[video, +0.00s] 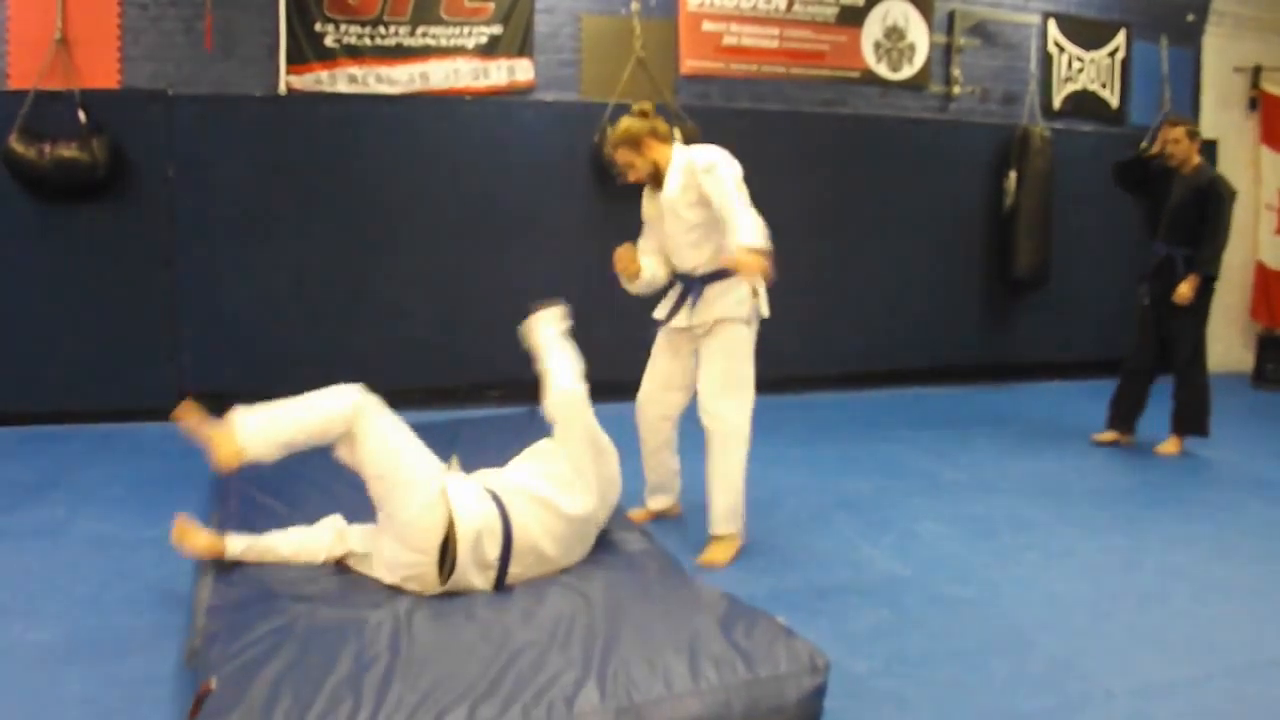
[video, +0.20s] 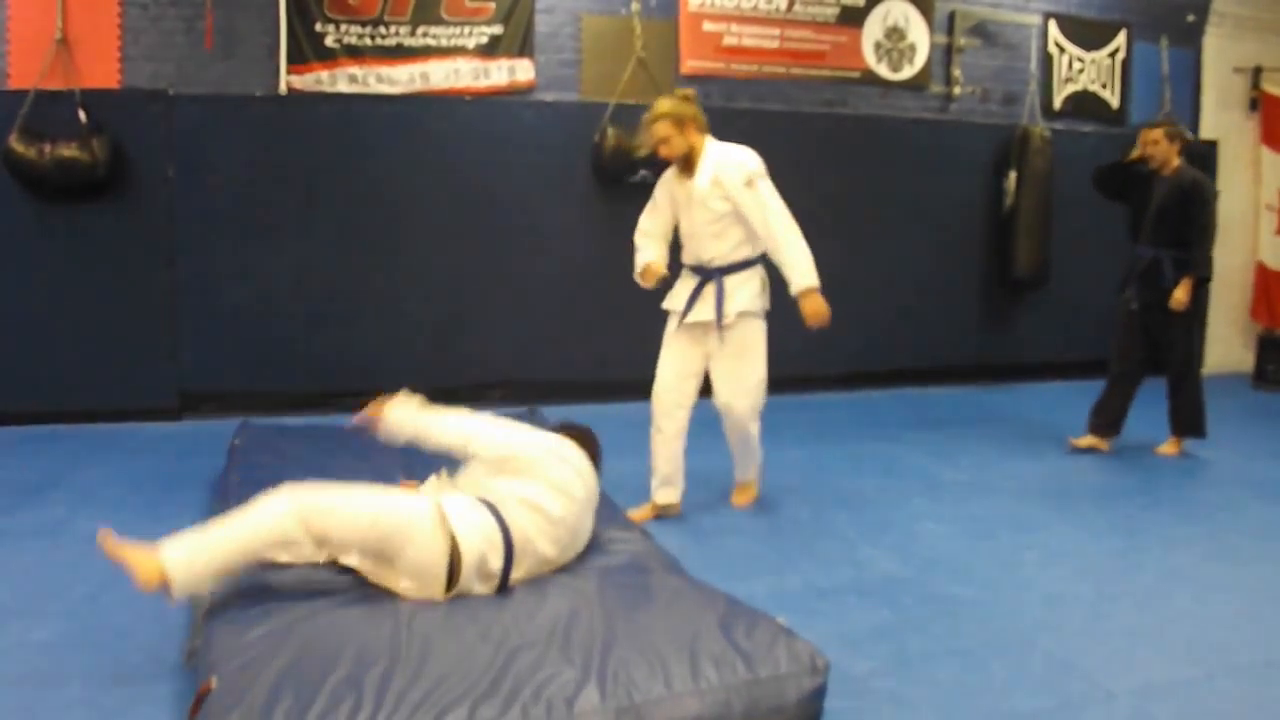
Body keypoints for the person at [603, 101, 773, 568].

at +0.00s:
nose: (628, 176)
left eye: (628, 164)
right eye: (621, 169)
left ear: (650, 143)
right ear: (633, 156)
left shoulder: (708, 162)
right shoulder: (653, 194)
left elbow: (738, 206)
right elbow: (657, 269)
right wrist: (634, 272)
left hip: (727, 293)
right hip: (681, 302)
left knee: (723, 410)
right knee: (654, 405)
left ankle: (726, 531)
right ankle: (662, 499)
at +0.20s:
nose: (661, 151)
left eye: (665, 140)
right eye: (656, 144)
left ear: (691, 129)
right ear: (659, 143)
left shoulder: (736, 164)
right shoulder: (671, 181)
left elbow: (777, 224)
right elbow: (651, 230)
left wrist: (806, 288)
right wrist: (650, 262)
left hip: (740, 290)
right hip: (690, 290)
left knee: (737, 402)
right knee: (667, 399)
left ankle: (746, 479)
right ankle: (665, 496)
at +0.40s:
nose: (714, 143)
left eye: (721, 133)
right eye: (709, 135)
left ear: (745, 129)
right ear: (707, 135)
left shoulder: (779, 172)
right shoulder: (706, 174)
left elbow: (793, 241)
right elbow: (683, 227)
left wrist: (785, 306)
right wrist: (684, 276)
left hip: (765, 283)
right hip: (716, 280)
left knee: (750, 388)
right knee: (689, 379)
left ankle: (747, 473)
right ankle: (667, 476)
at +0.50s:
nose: (739, 134)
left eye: (747, 126)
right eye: (734, 126)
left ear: (767, 123)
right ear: (728, 126)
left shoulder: (794, 167)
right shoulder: (719, 166)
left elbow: (803, 235)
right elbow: (706, 229)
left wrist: (791, 295)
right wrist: (704, 280)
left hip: (772, 275)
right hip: (723, 273)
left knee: (757, 379)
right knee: (700, 364)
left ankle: (747, 471)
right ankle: (705, 451)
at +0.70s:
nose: (779, 139)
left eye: (787, 132)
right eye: (773, 131)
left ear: (799, 135)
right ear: (762, 132)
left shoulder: (814, 175)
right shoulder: (742, 172)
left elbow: (826, 235)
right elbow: (725, 231)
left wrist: (818, 289)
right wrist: (728, 286)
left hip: (792, 277)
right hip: (746, 275)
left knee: (777, 375)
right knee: (741, 371)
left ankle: (754, 464)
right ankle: (768, 436)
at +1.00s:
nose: (824, 134)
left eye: (831, 128)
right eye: (819, 125)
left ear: (837, 131)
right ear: (803, 125)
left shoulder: (843, 169)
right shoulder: (775, 166)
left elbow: (852, 228)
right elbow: (761, 225)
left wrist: (849, 283)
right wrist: (761, 280)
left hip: (827, 268)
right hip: (784, 266)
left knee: (824, 356)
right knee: (781, 356)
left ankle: (815, 437)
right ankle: (777, 434)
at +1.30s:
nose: (878, 146)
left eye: (883, 140)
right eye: (872, 138)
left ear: (888, 145)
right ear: (854, 137)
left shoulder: (889, 181)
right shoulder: (825, 177)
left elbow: (896, 236)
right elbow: (802, 230)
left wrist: (895, 285)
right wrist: (793, 282)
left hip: (871, 277)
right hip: (828, 275)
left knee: (883, 354)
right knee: (803, 356)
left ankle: (871, 415)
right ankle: (778, 432)